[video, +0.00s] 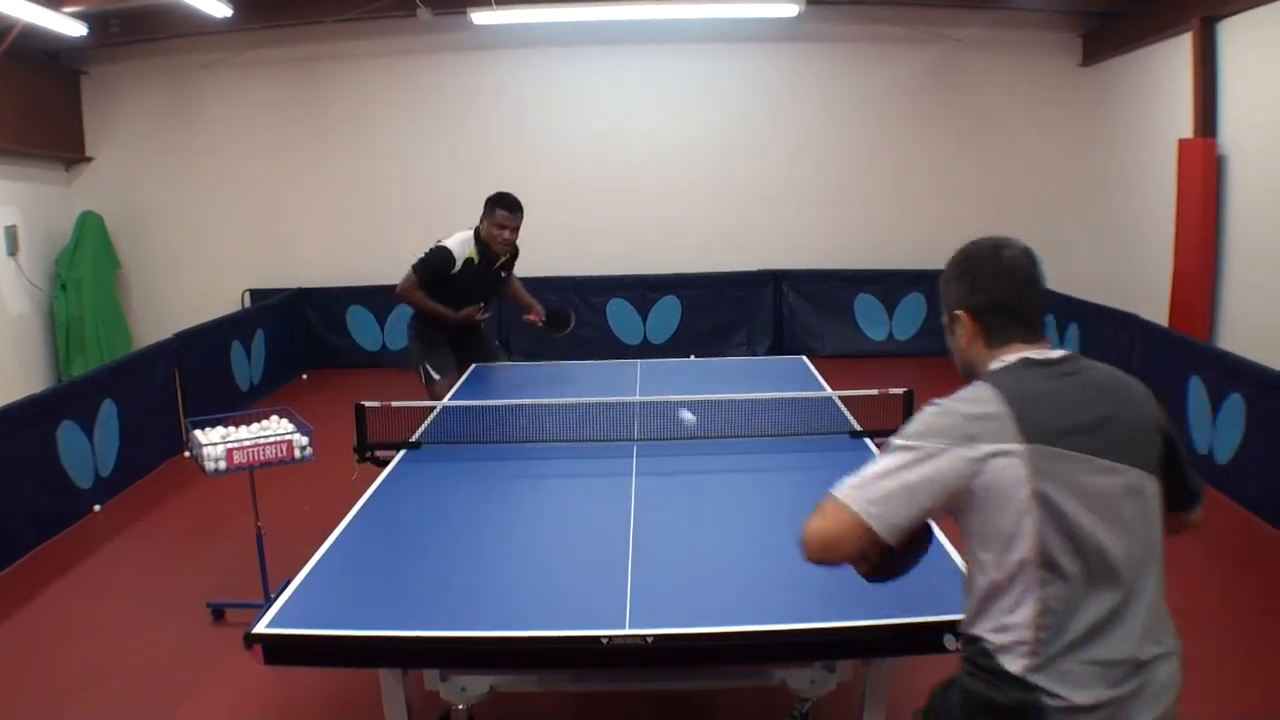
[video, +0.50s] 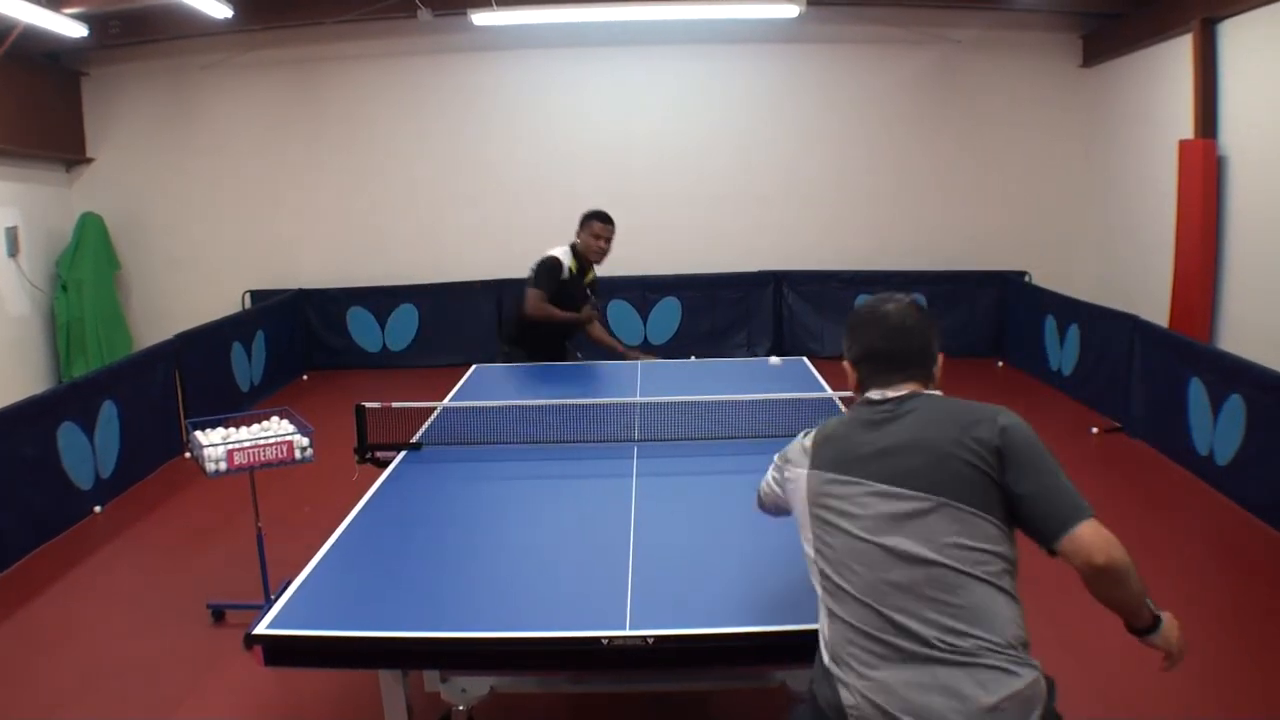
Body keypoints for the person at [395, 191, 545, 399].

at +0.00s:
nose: (507, 236)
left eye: (514, 230)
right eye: (499, 228)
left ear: (519, 229)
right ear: (483, 222)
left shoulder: (510, 253)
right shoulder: (451, 251)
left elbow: (504, 279)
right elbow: (406, 289)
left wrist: (531, 305)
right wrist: (454, 316)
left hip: (469, 329)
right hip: (431, 331)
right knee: (451, 401)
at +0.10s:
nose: (517, 241)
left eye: (523, 235)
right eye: (509, 233)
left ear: (528, 237)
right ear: (491, 232)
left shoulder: (525, 264)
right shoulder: (460, 263)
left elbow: (527, 291)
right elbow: (418, 303)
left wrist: (559, 316)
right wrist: (467, 328)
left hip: (494, 341)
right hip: (453, 344)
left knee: (527, 383)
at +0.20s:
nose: (534, 237)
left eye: (540, 230)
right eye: (527, 229)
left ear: (545, 231)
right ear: (510, 227)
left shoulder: (549, 263)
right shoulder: (478, 261)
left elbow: (557, 294)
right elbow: (438, 298)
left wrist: (583, 319)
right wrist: (480, 324)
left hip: (526, 349)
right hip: (483, 352)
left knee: (566, 382)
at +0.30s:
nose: (556, 225)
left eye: (562, 219)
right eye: (549, 217)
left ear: (567, 221)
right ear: (532, 214)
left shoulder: (565, 252)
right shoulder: (497, 250)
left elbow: (573, 289)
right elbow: (462, 289)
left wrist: (601, 320)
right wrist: (507, 310)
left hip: (543, 337)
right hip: (500, 340)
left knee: (583, 380)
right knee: (502, 403)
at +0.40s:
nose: (578, 227)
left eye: (584, 222)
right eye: (572, 219)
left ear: (588, 225)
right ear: (555, 216)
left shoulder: (577, 258)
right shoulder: (521, 249)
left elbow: (580, 299)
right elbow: (493, 292)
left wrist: (617, 329)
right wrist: (542, 305)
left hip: (551, 339)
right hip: (509, 342)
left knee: (593, 373)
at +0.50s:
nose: (602, 246)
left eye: (607, 241)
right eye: (596, 238)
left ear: (611, 243)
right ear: (579, 235)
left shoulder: (589, 276)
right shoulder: (553, 263)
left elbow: (589, 323)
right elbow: (533, 307)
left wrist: (623, 351)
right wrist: (579, 318)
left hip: (558, 353)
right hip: (526, 354)